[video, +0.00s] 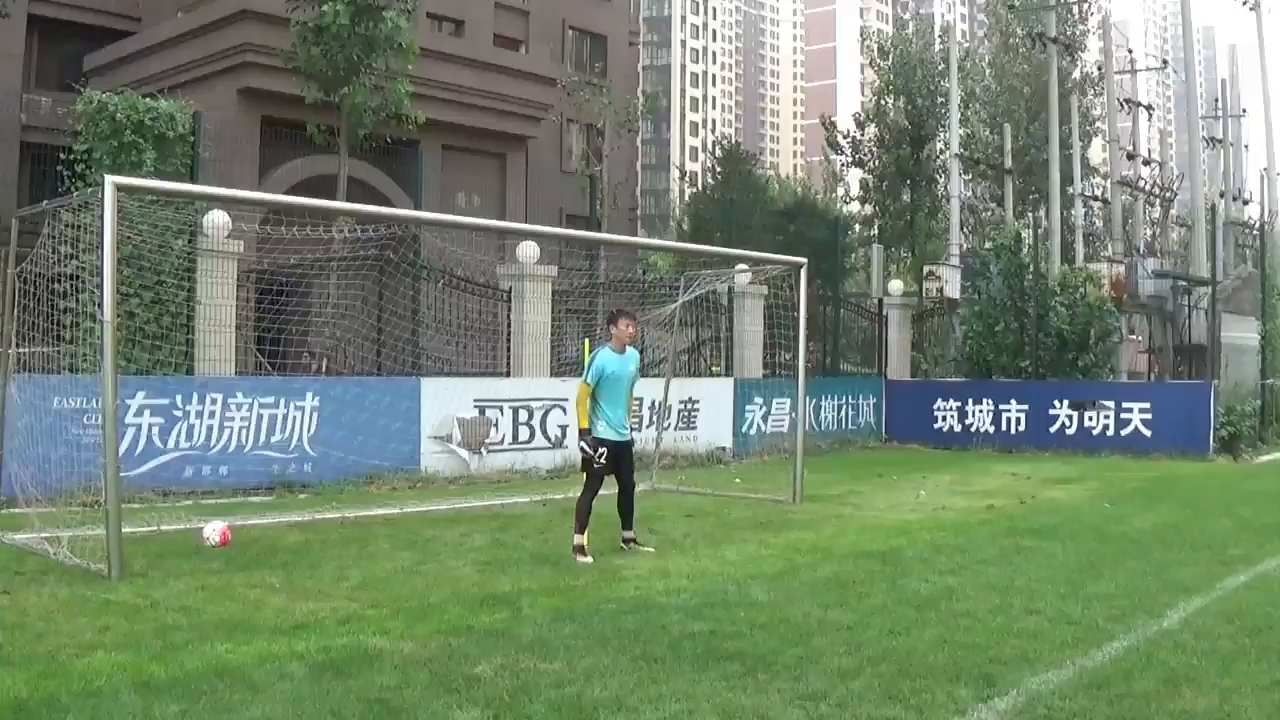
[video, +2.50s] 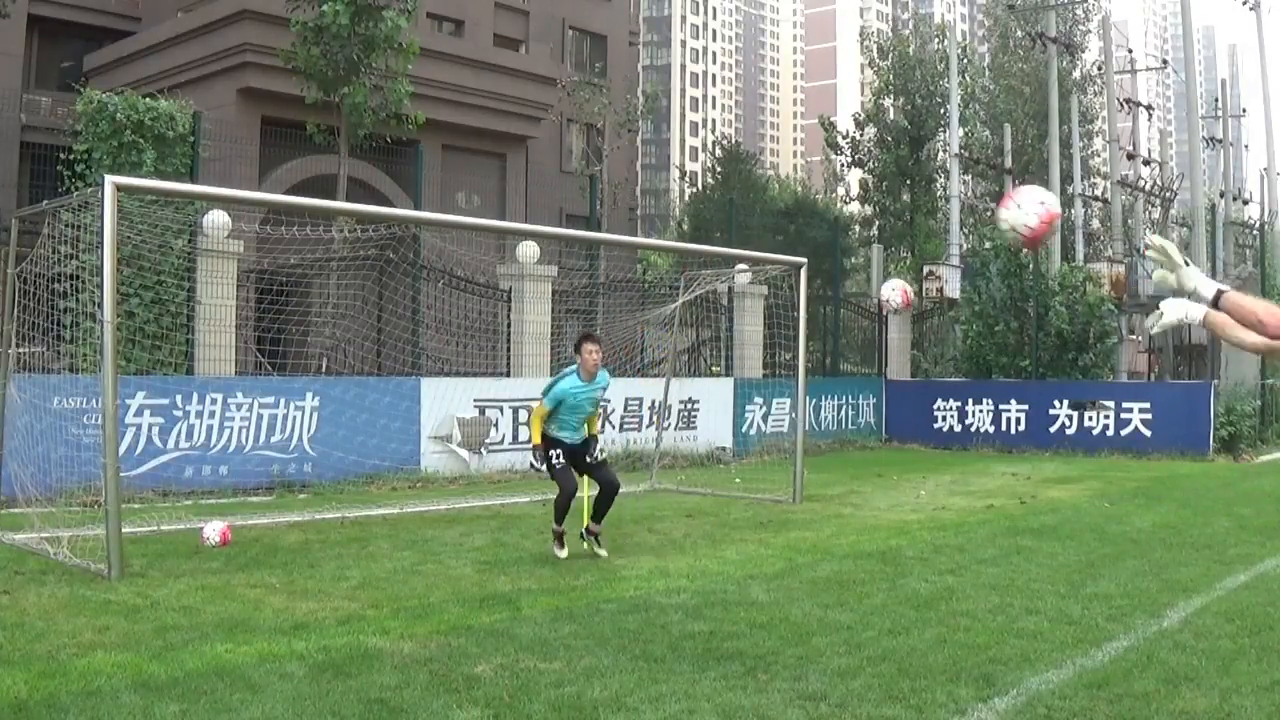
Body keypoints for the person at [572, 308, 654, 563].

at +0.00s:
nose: (632, 331)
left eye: (633, 326)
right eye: (627, 326)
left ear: (633, 331)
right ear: (612, 329)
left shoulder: (634, 356)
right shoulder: (600, 358)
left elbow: (629, 394)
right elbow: (582, 395)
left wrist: (627, 427)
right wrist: (584, 432)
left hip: (623, 436)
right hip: (600, 436)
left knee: (628, 486)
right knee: (591, 489)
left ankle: (628, 538)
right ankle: (579, 542)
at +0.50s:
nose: (639, 332)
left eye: (641, 328)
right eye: (634, 327)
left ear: (640, 332)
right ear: (620, 330)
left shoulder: (635, 360)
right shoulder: (604, 357)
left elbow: (635, 398)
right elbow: (587, 394)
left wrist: (646, 426)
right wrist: (590, 431)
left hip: (624, 437)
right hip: (602, 436)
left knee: (636, 483)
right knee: (591, 490)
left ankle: (631, 537)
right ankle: (577, 542)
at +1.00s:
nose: (647, 344)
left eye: (648, 339)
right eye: (643, 339)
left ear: (646, 341)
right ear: (628, 340)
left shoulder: (644, 368)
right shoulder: (609, 368)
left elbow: (639, 401)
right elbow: (588, 403)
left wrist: (647, 429)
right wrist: (599, 434)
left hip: (630, 442)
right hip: (605, 440)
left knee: (646, 487)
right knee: (602, 489)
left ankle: (637, 538)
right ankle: (578, 537)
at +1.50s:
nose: (652, 346)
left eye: (653, 342)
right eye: (648, 341)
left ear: (652, 344)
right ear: (632, 341)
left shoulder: (646, 368)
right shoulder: (613, 368)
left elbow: (636, 400)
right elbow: (588, 401)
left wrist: (643, 424)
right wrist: (602, 433)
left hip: (626, 435)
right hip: (600, 435)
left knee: (649, 480)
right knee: (602, 483)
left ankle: (640, 531)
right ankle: (575, 535)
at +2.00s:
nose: (641, 324)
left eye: (643, 320)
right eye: (637, 320)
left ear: (644, 323)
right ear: (625, 323)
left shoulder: (648, 343)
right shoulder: (616, 347)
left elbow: (675, 331)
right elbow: (631, 335)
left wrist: (670, 306)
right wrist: (643, 306)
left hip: (632, 423)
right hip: (609, 421)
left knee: (643, 477)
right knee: (594, 482)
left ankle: (641, 529)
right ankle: (567, 533)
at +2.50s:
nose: (596, 357)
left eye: (598, 352)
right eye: (590, 353)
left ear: (602, 355)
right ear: (579, 358)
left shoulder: (603, 380)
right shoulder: (563, 386)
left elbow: (593, 411)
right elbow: (537, 415)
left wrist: (594, 436)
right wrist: (537, 447)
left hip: (580, 442)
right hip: (554, 443)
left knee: (611, 484)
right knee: (569, 487)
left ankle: (591, 532)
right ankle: (558, 532)